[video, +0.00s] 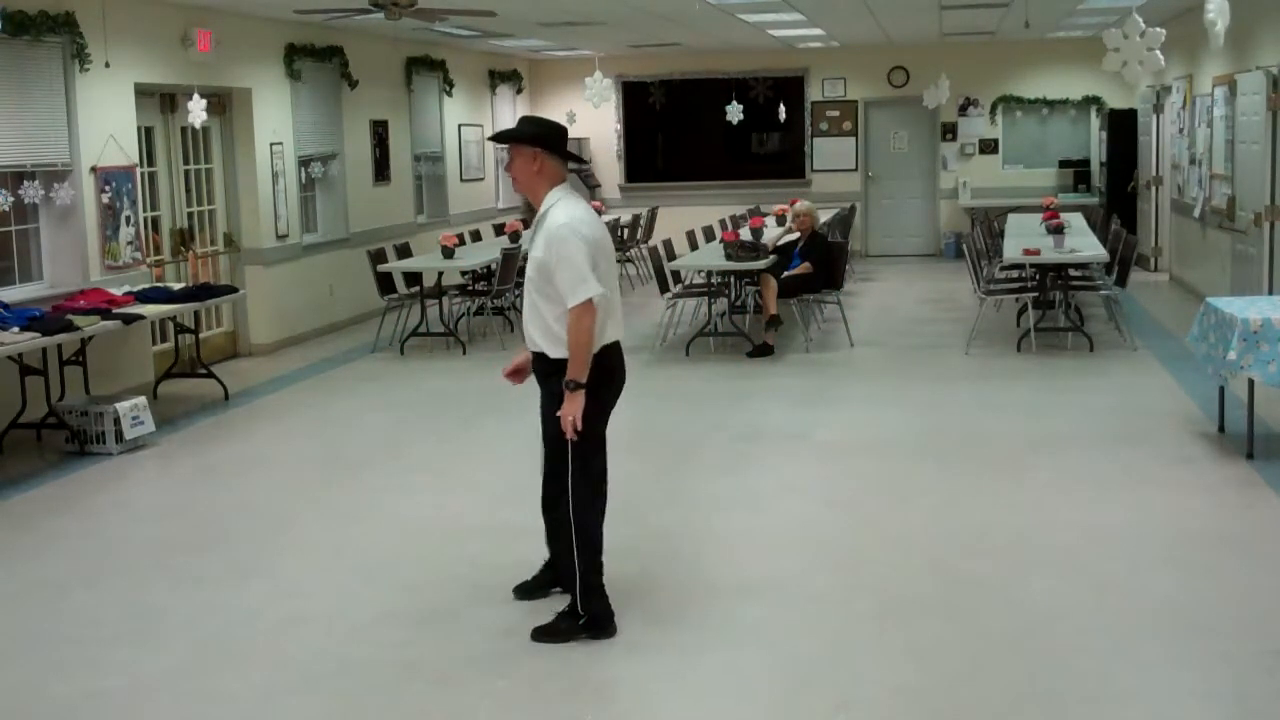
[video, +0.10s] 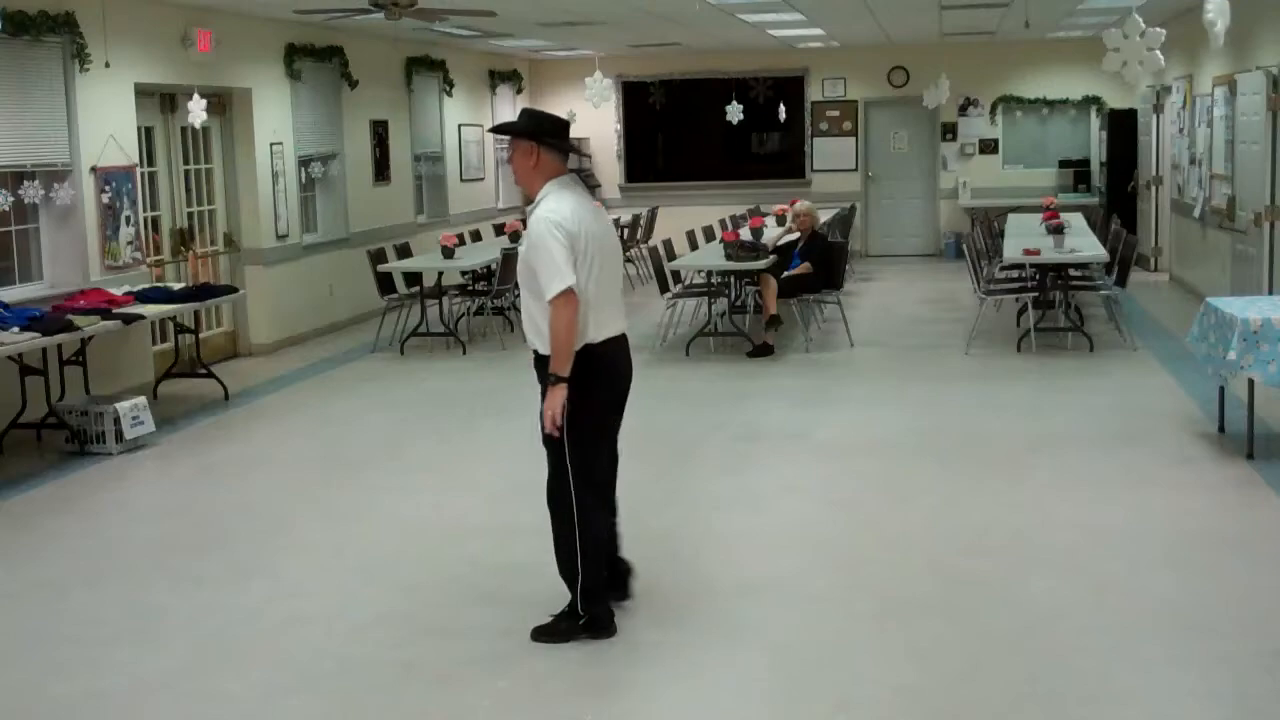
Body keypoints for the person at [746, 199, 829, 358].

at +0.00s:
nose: (800, 219)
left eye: (804, 216)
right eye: (797, 216)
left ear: (813, 219)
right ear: (794, 221)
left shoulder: (820, 240)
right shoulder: (795, 241)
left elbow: (810, 266)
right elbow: (767, 249)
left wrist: (786, 275)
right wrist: (785, 231)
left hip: (808, 279)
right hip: (789, 274)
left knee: (767, 292)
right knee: (765, 274)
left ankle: (768, 343)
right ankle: (773, 315)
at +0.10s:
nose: (801, 219)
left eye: (805, 216)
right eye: (798, 216)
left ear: (813, 218)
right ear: (794, 220)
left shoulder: (820, 239)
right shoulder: (795, 241)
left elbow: (811, 265)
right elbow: (767, 249)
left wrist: (786, 275)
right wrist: (785, 231)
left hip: (809, 278)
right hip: (789, 274)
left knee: (768, 291)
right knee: (765, 274)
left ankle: (767, 343)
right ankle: (772, 314)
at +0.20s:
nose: (801, 219)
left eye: (805, 215)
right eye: (798, 216)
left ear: (813, 218)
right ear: (794, 221)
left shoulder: (820, 239)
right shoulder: (795, 241)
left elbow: (811, 265)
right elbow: (767, 248)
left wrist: (786, 275)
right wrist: (785, 230)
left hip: (809, 278)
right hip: (789, 275)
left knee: (768, 291)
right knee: (765, 274)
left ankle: (767, 343)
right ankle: (772, 314)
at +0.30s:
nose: (801, 219)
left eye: (805, 215)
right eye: (798, 216)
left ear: (813, 218)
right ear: (794, 221)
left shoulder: (820, 239)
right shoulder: (795, 241)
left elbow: (811, 265)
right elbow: (767, 248)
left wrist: (786, 275)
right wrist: (785, 230)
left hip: (808, 278)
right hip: (789, 275)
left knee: (768, 292)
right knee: (765, 274)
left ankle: (767, 343)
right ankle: (772, 315)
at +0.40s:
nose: (801, 219)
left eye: (805, 215)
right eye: (798, 216)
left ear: (813, 218)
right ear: (794, 221)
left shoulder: (820, 239)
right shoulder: (795, 241)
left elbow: (811, 265)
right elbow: (767, 248)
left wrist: (786, 275)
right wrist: (785, 230)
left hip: (808, 278)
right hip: (789, 275)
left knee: (768, 291)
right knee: (765, 274)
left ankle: (767, 343)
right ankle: (772, 315)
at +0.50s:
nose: (801, 219)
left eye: (805, 215)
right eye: (797, 216)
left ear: (813, 218)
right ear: (794, 221)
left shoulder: (820, 239)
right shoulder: (795, 241)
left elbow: (811, 265)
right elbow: (767, 249)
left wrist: (786, 275)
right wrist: (785, 230)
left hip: (808, 278)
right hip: (788, 275)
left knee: (767, 292)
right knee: (765, 274)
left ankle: (767, 343)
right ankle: (772, 315)